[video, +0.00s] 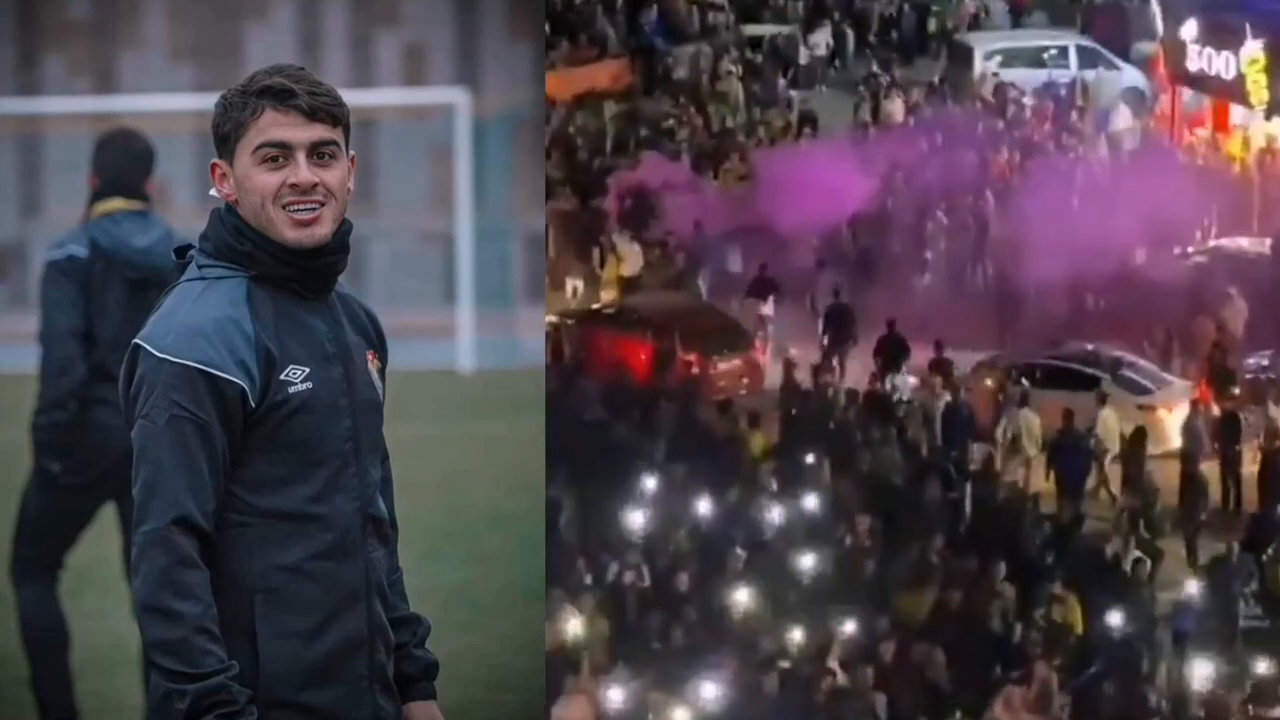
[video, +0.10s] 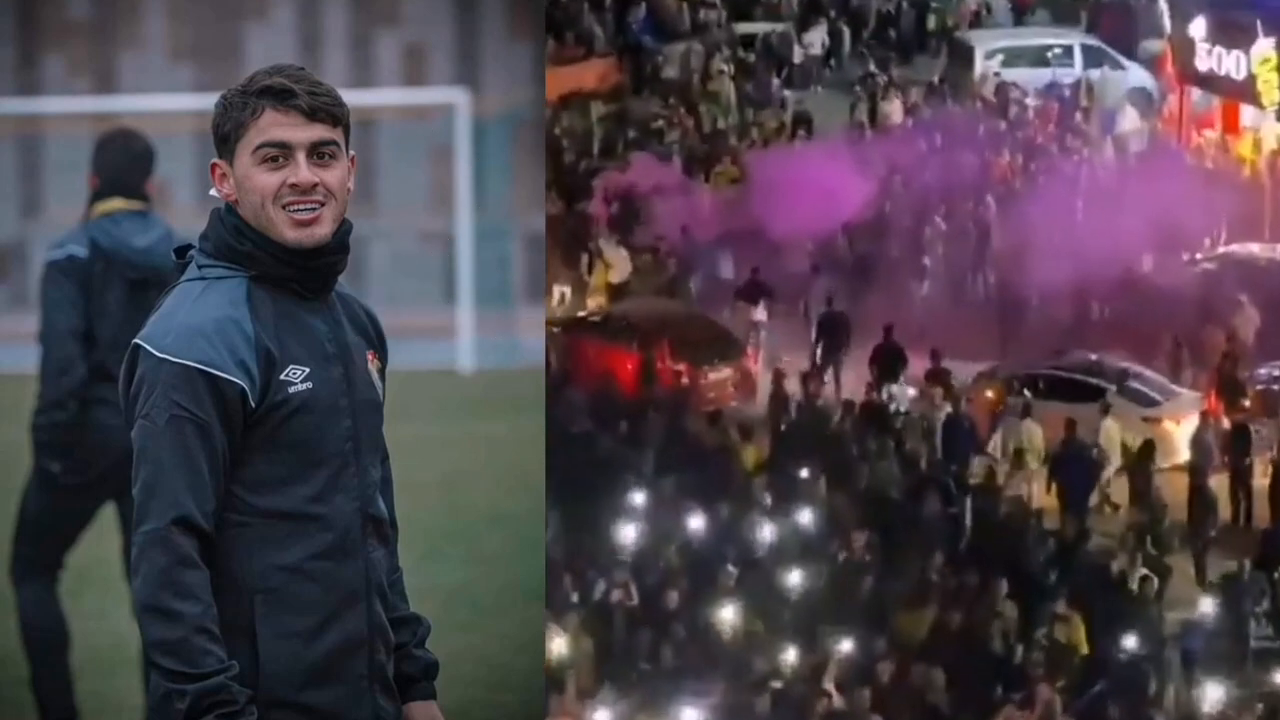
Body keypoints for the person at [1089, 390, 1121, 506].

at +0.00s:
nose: (1096, 400)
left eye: (1097, 398)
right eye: (1096, 398)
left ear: (1100, 399)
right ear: (1106, 399)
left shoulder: (1102, 414)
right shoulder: (1112, 412)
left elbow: (1099, 432)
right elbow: (1118, 429)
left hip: (1104, 447)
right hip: (1113, 446)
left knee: (1102, 471)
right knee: (1101, 470)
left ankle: (1112, 496)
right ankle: (1094, 491)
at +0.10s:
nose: (1098, 411)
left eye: (1100, 409)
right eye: (1100, 408)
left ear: (1102, 410)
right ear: (1109, 410)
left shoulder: (1105, 424)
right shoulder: (1115, 423)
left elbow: (1101, 443)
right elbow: (1118, 442)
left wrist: (1097, 456)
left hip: (1109, 459)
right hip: (1116, 458)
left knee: (1102, 482)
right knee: (1104, 482)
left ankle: (1111, 504)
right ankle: (1100, 505)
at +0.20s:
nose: (1103, 426)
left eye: (1104, 423)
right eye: (1104, 423)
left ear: (1106, 425)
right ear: (1114, 424)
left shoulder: (1109, 438)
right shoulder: (1118, 436)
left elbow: (1106, 456)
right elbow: (1121, 453)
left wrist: (1110, 468)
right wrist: (1118, 466)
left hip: (1113, 471)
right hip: (1120, 469)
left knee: (1106, 493)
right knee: (1115, 494)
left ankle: (1111, 518)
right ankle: (1114, 519)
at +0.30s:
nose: (1103, 439)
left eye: (1105, 437)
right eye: (1104, 436)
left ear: (1108, 438)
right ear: (1115, 437)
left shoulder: (1111, 451)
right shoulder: (1119, 449)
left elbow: (1108, 470)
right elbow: (1123, 468)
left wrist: (1111, 482)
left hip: (1114, 487)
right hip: (1121, 486)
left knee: (1113, 512)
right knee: (1118, 512)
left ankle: (1113, 537)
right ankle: (1117, 536)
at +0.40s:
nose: (1105, 456)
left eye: (1106, 454)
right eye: (1106, 454)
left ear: (1108, 454)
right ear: (1113, 453)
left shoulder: (1113, 465)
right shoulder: (1120, 464)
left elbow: (1109, 486)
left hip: (1117, 504)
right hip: (1122, 502)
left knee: (1119, 532)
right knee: (1121, 531)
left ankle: (1121, 560)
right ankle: (1122, 558)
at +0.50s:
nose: (1102, 464)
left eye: (1104, 461)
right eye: (1103, 461)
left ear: (1108, 462)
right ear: (1115, 461)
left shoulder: (1111, 475)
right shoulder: (1119, 473)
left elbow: (1109, 495)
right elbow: (1121, 494)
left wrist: (1109, 514)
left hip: (1116, 513)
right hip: (1122, 511)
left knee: (1121, 541)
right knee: (1123, 541)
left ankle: (1126, 572)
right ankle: (1126, 571)